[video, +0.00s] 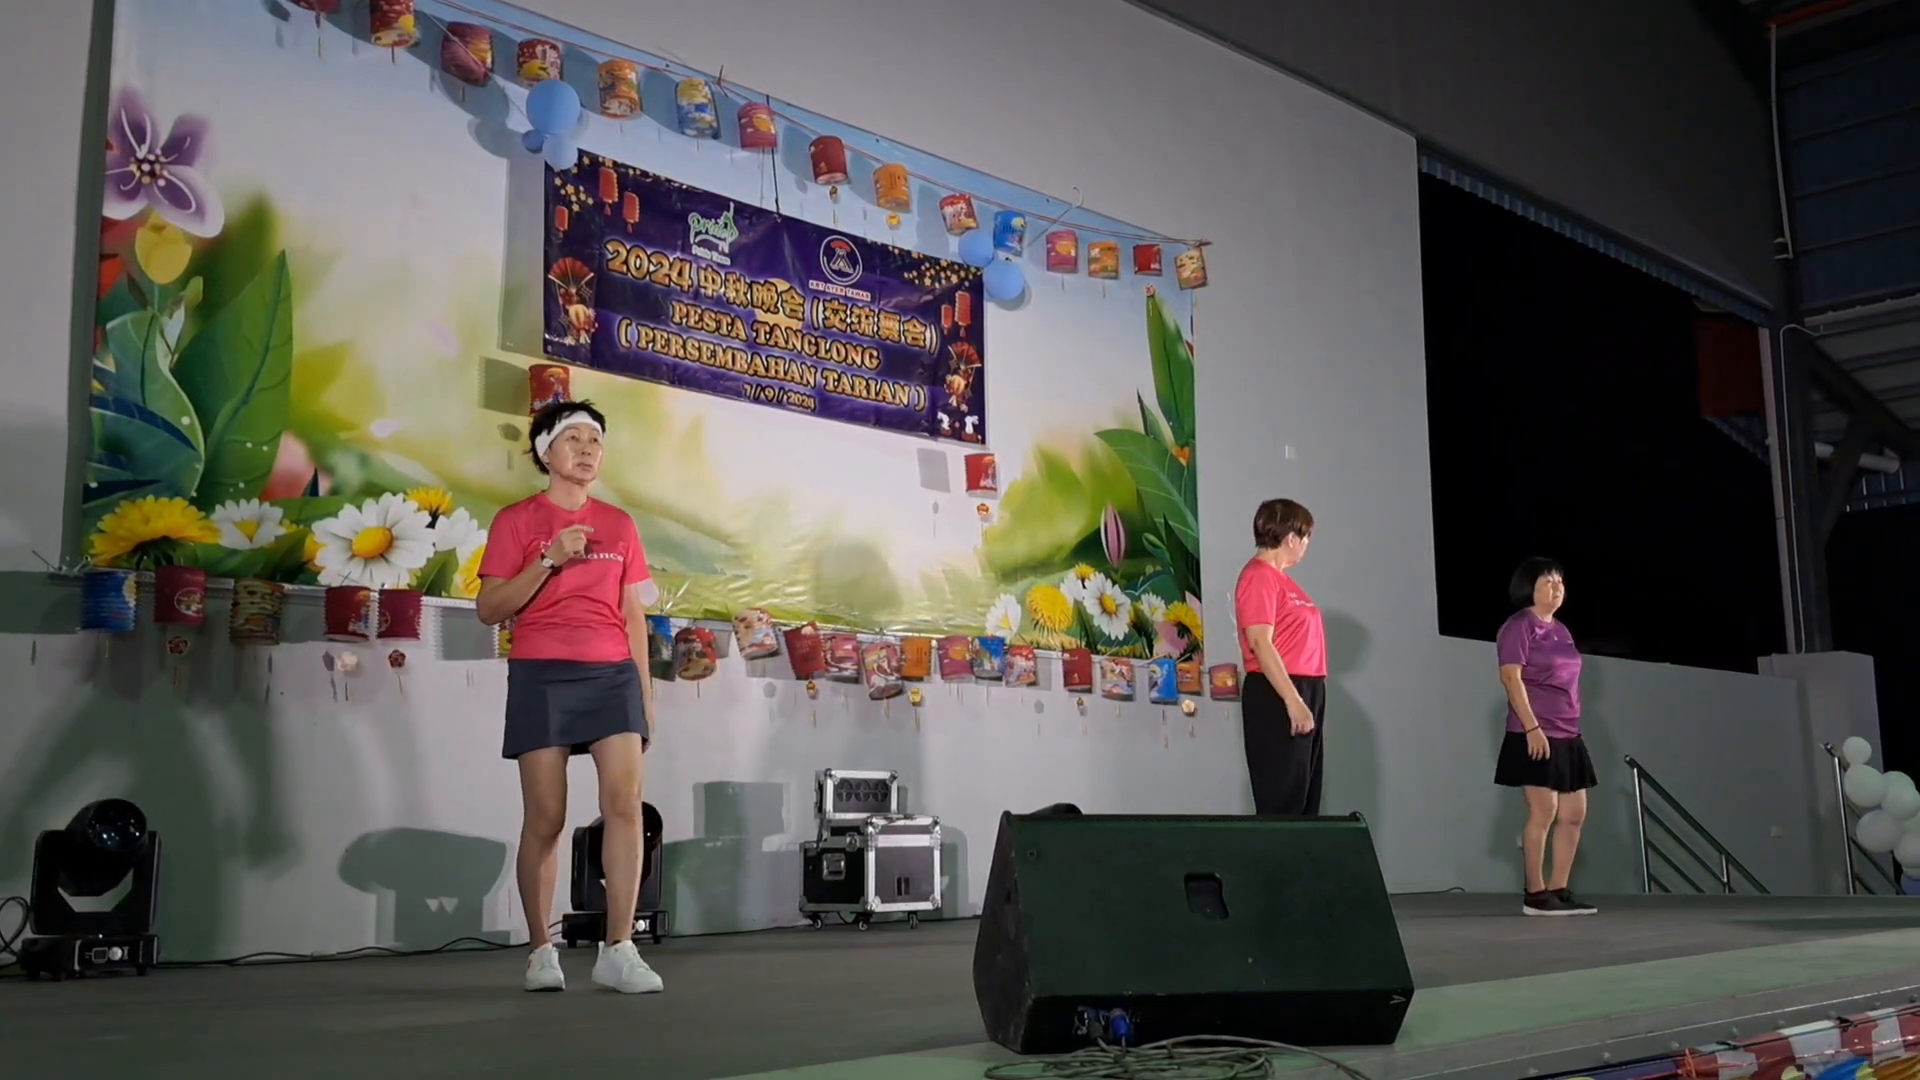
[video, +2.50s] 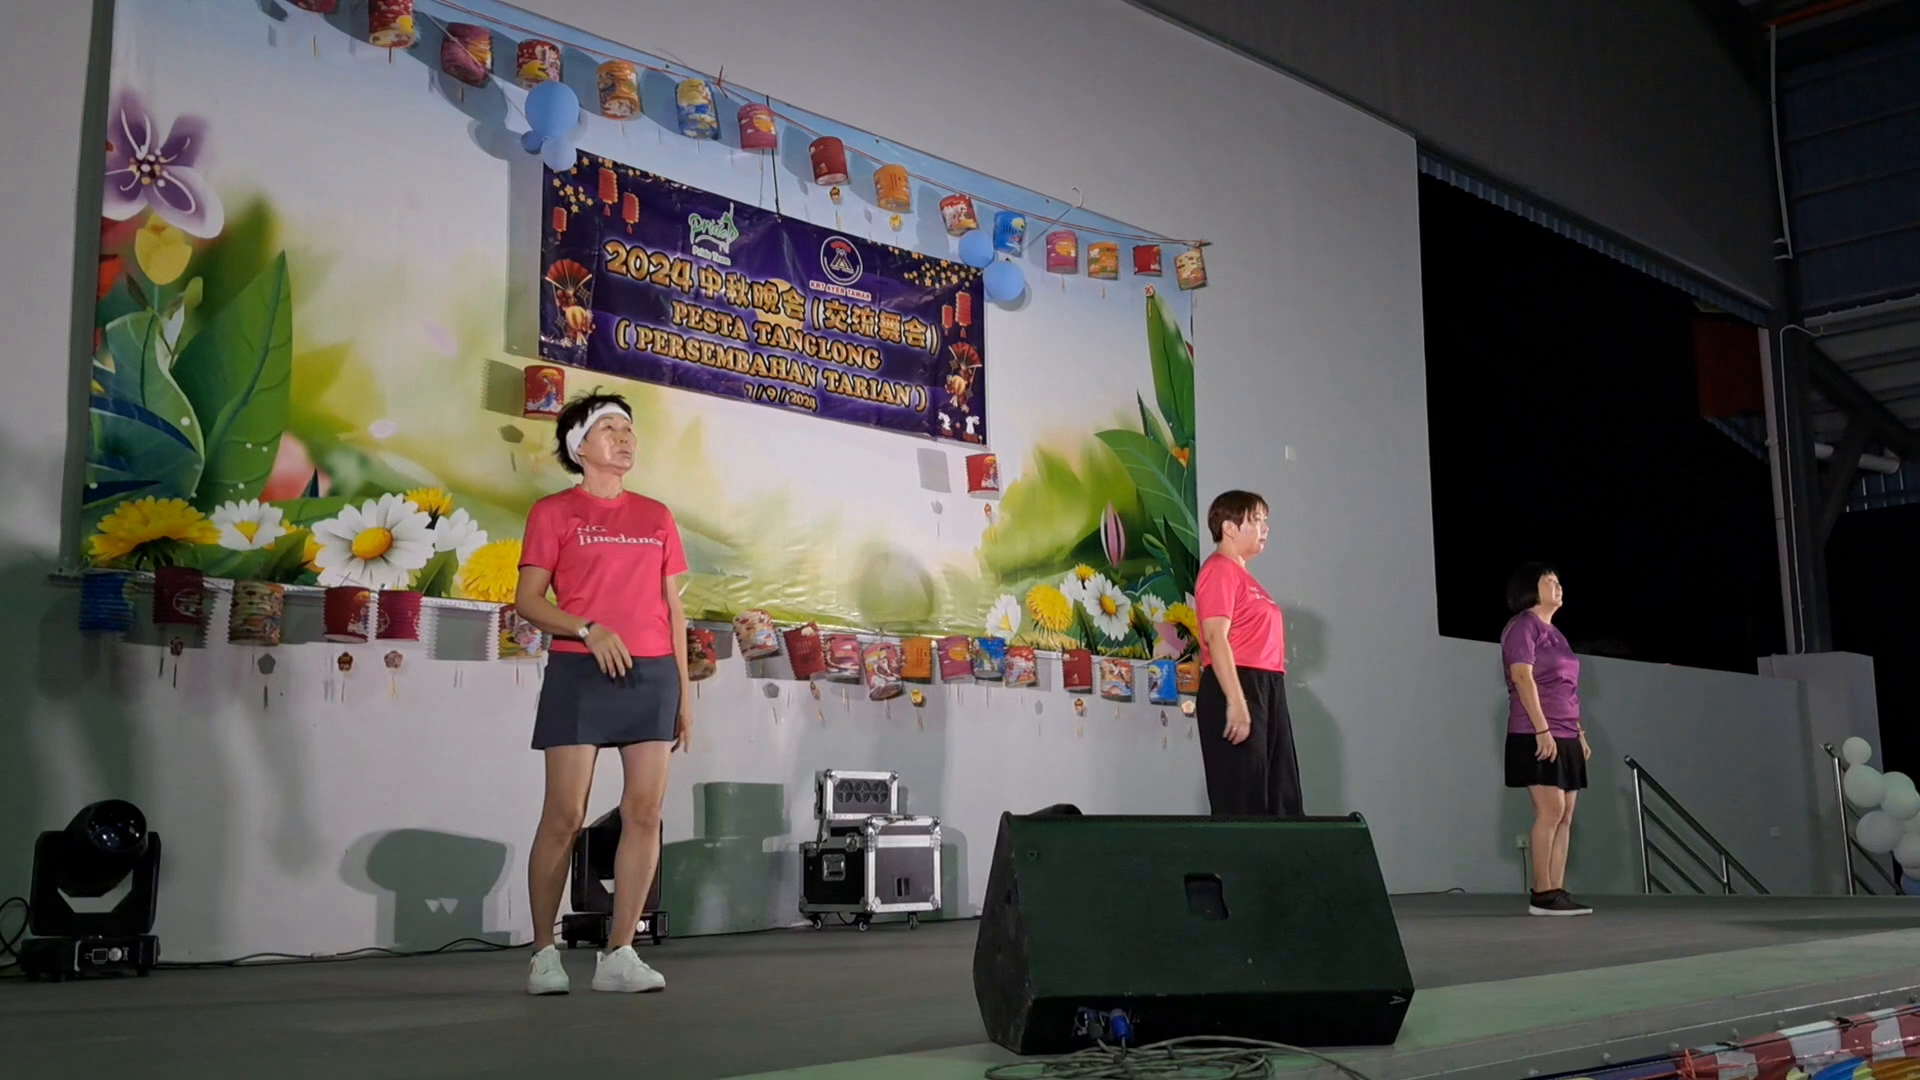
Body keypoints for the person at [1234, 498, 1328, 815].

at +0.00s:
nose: (1307, 546)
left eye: (1308, 538)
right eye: (1306, 537)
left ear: (1282, 538)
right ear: (1290, 538)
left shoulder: (1279, 577)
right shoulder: (1260, 575)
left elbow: (1277, 641)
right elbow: (1260, 641)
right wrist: (1293, 701)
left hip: (1304, 690)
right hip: (1276, 692)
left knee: (1304, 799)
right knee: (1282, 801)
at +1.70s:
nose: (1282, 547)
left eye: (1284, 540)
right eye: (1283, 539)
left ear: (1246, 529)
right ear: (1270, 534)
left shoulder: (1239, 566)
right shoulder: (1246, 566)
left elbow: (1250, 634)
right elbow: (1252, 633)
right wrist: (1283, 695)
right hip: (1256, 682)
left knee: (1279, 790)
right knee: (1256, 791)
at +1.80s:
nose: (1280, 544)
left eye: (1282, 536)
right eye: (1280, 536)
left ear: (1242, 529)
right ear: (1267, 533)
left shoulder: (1231, 567)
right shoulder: (1247, 566)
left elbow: (1244, 635)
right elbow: (1253, 633)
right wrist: (1284, 695)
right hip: (1255, 681)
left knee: (1277, 791)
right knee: (1254, 791)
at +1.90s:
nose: (1277, 541)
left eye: (1277, 533)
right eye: (1276, 532)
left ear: (1235, 529)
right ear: (1263, 532)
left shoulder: (1223, 571)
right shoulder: (1247, 566)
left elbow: (1219, 657)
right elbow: (1254, 632)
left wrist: (1213, 717)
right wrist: (1284, 695)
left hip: (1236, 680)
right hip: (1257, 681)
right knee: (1258, 790)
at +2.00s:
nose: (1274, 543)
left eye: (1275, 534)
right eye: (1272, 533)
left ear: (1234, 530)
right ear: (1255, 532)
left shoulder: (1221, 572)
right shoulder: (1243, 566)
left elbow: (1215, 656)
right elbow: (1251, 632)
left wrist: (1212, 715)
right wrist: (1284, 693)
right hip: (1254, 680)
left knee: (1278, 793)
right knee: (1253, 792)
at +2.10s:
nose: (1272, 542)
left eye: (1273, 533)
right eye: (1270, 532)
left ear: (1242, 532)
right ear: (1251, 532)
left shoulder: (1226, 566)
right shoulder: (1237, 565)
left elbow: (1241, 636)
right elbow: (1245, 632)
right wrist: (1282, 692)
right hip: (1248, 680)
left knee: (1275, 788)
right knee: (1252, 790)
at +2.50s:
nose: (1265, 530)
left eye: (1265, 522)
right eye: (1257, 521)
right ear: (1229, 527)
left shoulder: (1240, 572)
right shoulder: (1221, 569)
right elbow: (1215, 637)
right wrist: (1236, 701)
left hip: (1268, 687)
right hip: (1240, 687)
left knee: (1282, 792)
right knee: (1243, 797)